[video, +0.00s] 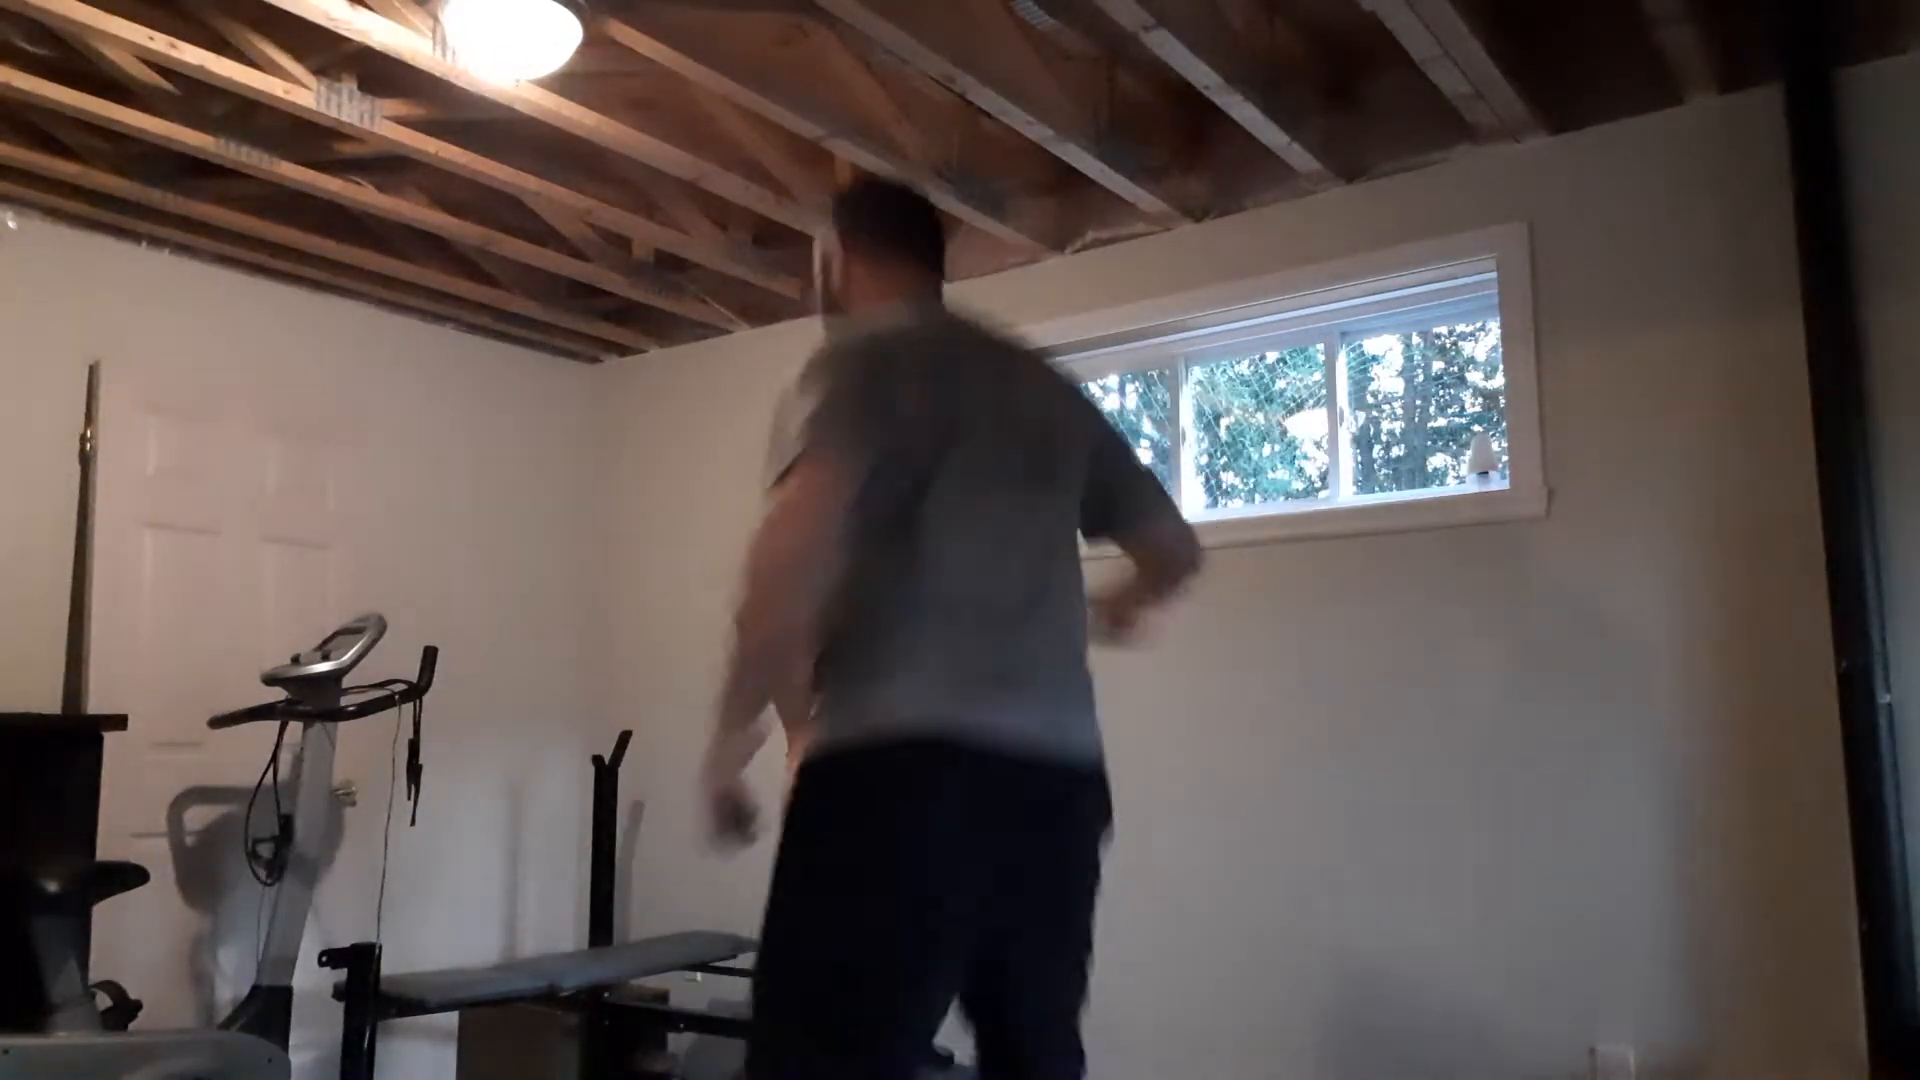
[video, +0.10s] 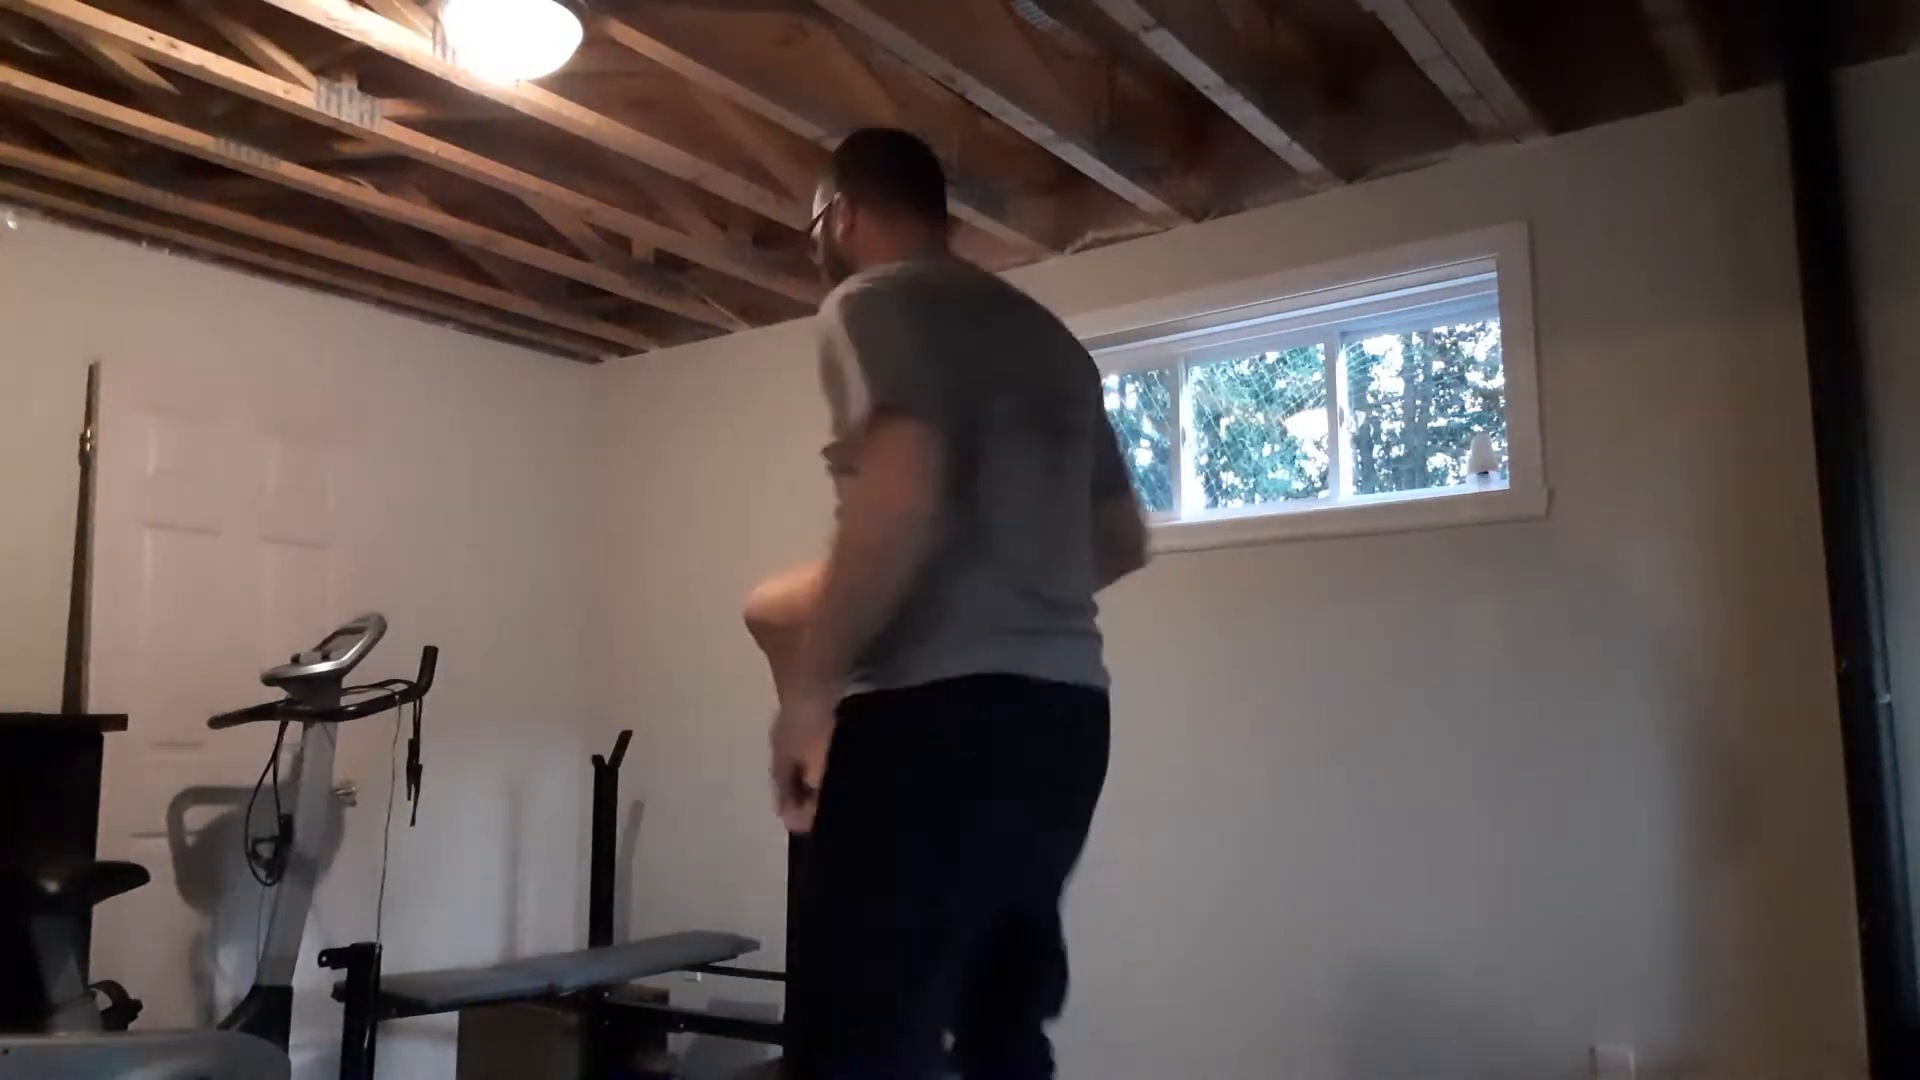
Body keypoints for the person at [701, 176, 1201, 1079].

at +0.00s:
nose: (825, 285)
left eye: (823, 266)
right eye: (825, 269)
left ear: (840, 262)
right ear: (937, 262)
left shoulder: (859, 365)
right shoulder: (1043, 383)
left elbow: (804, 530)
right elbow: (1173, 548)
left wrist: (735, 733)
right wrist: (1119, 606)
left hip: (892, 781)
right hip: (1053, 789)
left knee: (819, 1056)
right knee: (1037, 1056)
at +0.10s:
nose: (820, 246)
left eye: (817, 224)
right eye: (818, 227)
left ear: (841, 213)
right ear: (936, 213)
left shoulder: (870, 301)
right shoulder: (1047, 331)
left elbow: (897, 496)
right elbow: (1121, 538)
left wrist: (810, 686)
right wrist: (986, 594)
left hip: (924, 716)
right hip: (1060, 716)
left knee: (855, 1034)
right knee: (1003, 1022)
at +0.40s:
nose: (860, 290)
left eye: (859, 262)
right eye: (860, 265)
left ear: (887, 259)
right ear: (975, 249)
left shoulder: (1020, 390)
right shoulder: (977, 400)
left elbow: (1065, 626)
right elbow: (1008, 621)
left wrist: (867, 740)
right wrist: (867, 723)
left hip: (1025, 815)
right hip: (978, 812)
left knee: (955, 1064)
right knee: (931, 1060)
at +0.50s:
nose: (865, 267)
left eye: (864, 241)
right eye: (864, 245)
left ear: (885, 237)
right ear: (978, 230)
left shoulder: (997, 330)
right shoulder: (983, 348)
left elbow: (1079, 558)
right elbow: (1038, 567)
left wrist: (897, 664)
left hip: (1035, 761)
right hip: (1011, 761)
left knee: (974, 1054)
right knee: (996, 1054)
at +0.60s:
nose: (881, 296)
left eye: (882, 270)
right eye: (881, 273)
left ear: (902, 269)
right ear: (994, 262)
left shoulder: (995, 373)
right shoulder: (1073, 384)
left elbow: (1037, 611)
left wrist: (879, 697)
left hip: (1034, 807)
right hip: (1095, 799)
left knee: (992, 1060)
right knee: (1074, 1055)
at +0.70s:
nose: (886, 306)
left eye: (886, 284)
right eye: (887, 288)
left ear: (901, 281)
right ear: (1002, 274)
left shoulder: (985, 378)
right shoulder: (1074, 386)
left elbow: (1010, 627)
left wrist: (843, 762)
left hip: (1075, 824)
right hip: (1137, 816)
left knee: (1033, 1062)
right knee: (1103, 1058)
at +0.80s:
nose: (904, 288)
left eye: (907, 266)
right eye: (908, 268)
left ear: (925, 267)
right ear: (1025, 272)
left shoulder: (972, 362)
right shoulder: (1110, 375)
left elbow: (997, 572)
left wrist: (880, 745)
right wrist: (893, 556)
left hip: (1106, 783)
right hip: (1216, 780)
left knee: (990, 1052)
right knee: (1139, 1058)